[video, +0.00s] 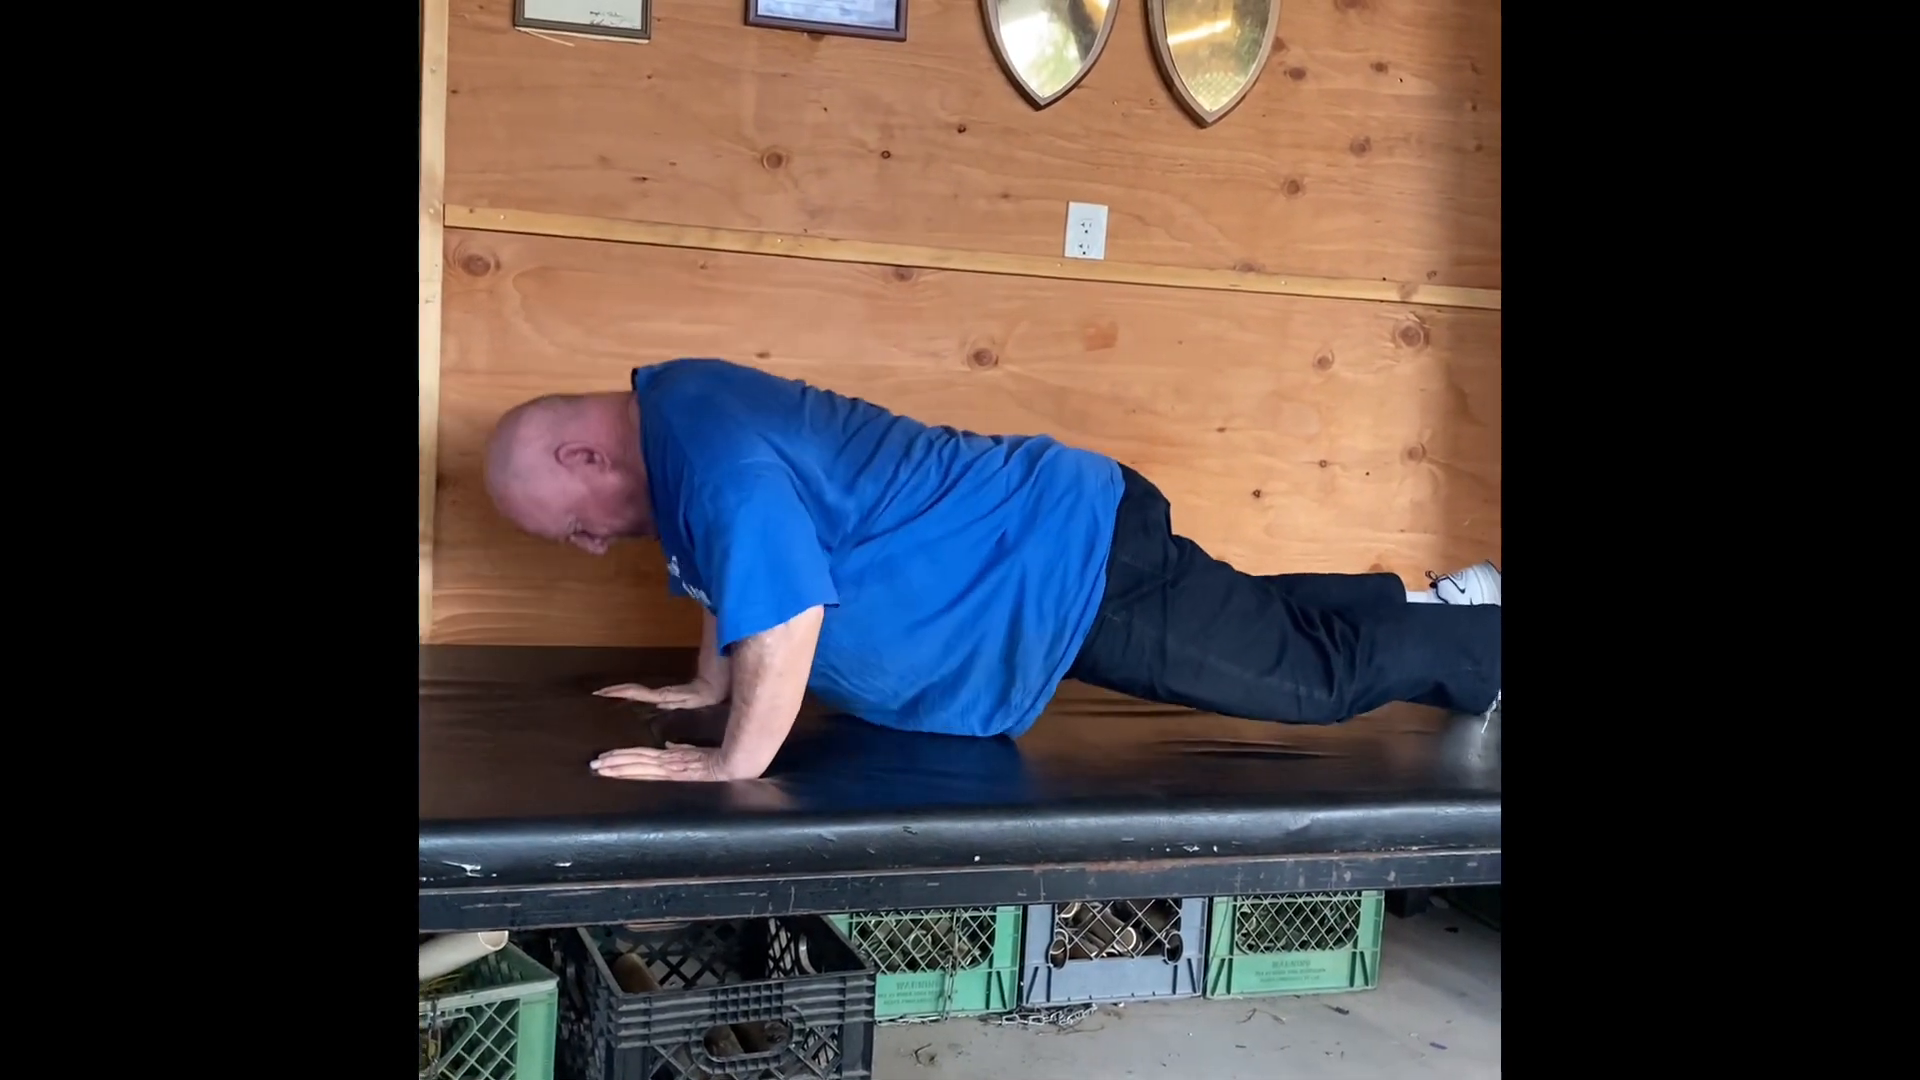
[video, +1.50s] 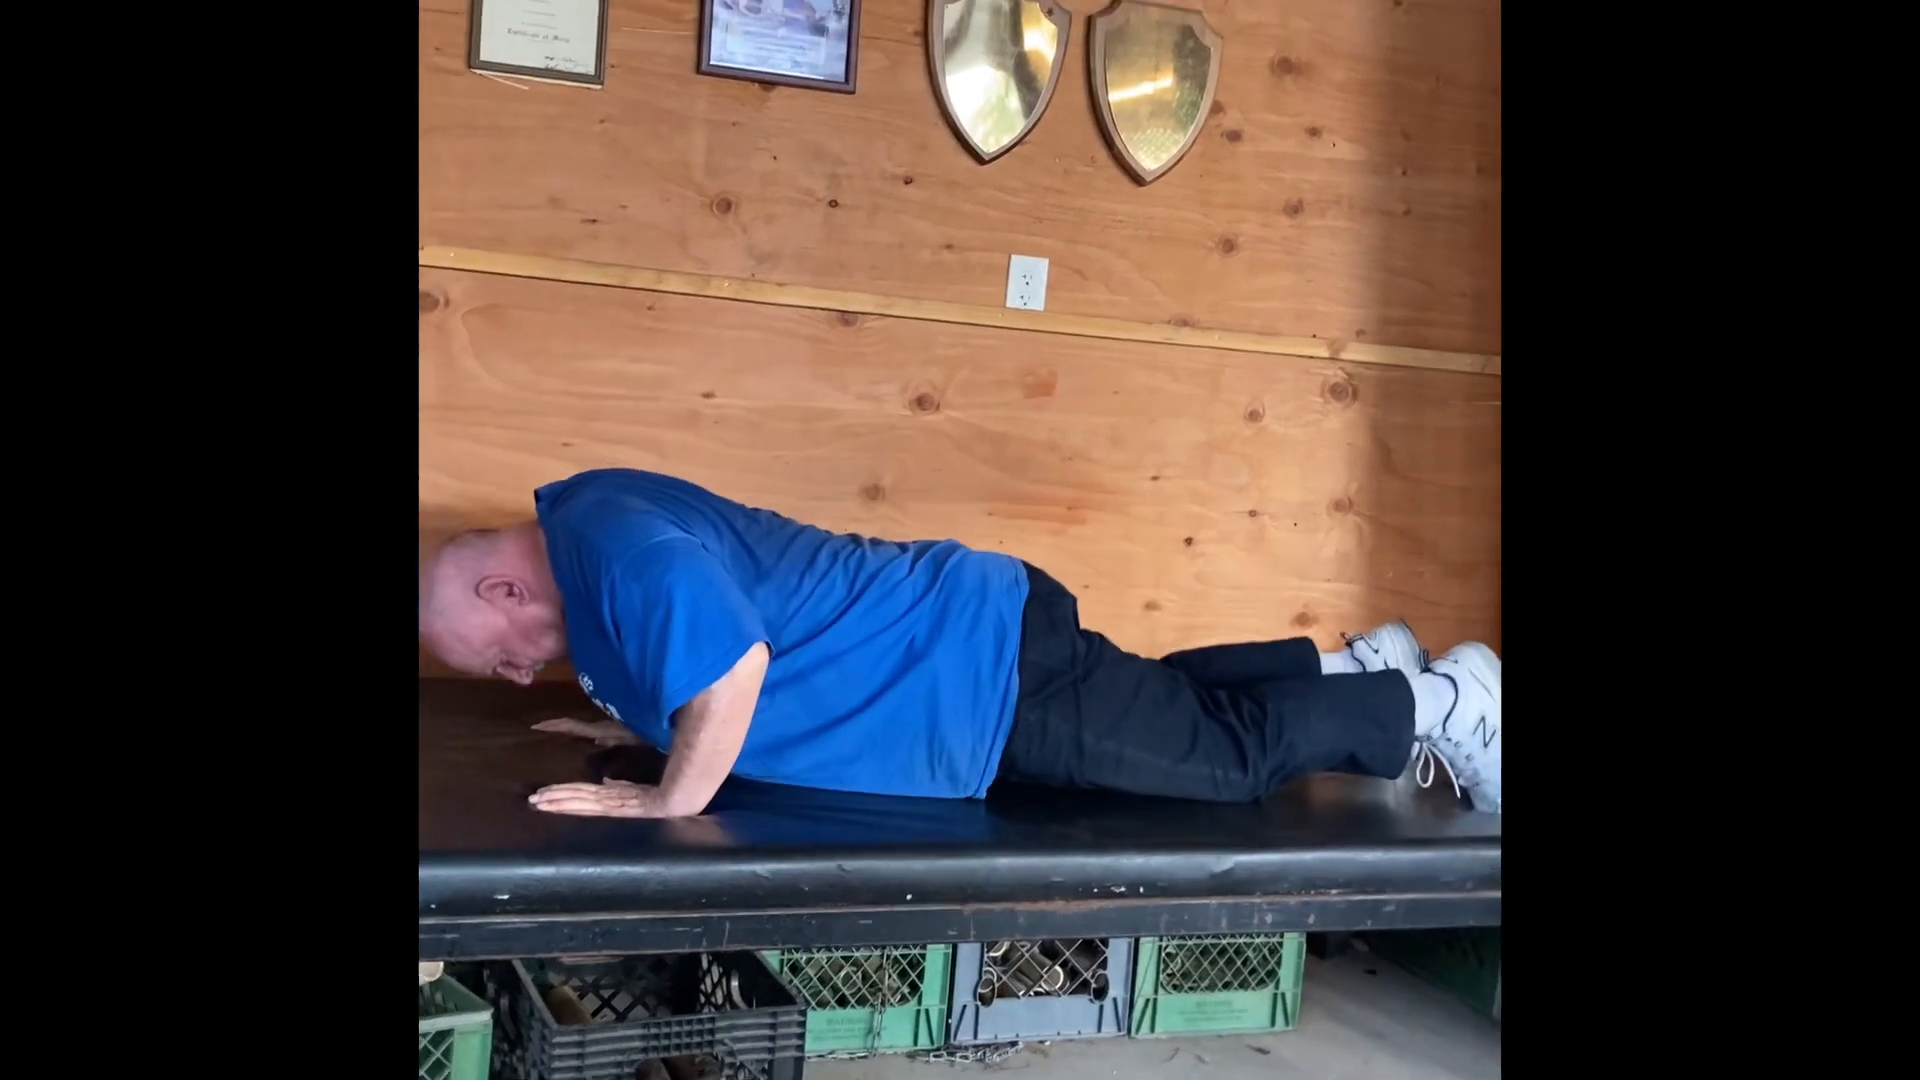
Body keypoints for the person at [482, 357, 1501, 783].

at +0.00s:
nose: (598, 541)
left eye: (575, 525)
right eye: (572, 531)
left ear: (581, 469)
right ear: (578, 441)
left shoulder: (710, 451)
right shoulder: (674, 431)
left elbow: (785, 605)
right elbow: (744, 591)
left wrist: (737, 759)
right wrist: (716, 708)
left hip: (1074, 568)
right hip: (1049, 567)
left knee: (1313, 674)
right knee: (1287, 628)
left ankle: (1485, 648)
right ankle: (1468, 606)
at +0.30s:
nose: (566, 634)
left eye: (547, 625)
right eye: (546, 632)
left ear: (550, 564)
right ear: (545, 541)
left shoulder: (675, 532)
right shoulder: (621, 499)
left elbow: (786, 638)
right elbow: (743, 613)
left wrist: (720, 770)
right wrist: (680, 681)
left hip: (1051, 626)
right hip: (1021, 614)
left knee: (1280, 722)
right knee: (1225, 664)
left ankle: (1460, 661)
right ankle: (1424, 625)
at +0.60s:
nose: (564, 603)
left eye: (542, 598)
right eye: (543, 600)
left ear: (547, 543)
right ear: (539, 511)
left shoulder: (673, 519)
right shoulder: (627, 474)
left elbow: (779, 639)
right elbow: (751, 595)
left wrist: (710, 771)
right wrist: (688, 671)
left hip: (1041, 623)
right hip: (1015, 598)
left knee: (1271, 725)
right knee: (1211, 662)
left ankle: (1457, 665)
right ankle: (1414, 621)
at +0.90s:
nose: (575, 497)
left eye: (559, 477)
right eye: (554, 488)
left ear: (576, 416)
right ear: (575, 402)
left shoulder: (699, 423)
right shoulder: (670, 402)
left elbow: (744, 614)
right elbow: (719, 587)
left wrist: (704, 770)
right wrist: (682, 698)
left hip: (1057, 575)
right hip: (1033, 556)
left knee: (1276, 690)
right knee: (1223, 633)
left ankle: (1467, 660)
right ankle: (1414, 618)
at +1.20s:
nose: (561, 571)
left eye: (537, 558)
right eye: (535, 570)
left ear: (537, 501)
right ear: (535, 507)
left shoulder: (663, 490)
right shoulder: (634, 471)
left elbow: (745, 631)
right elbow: (713, 621)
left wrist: (695, 780)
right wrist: (682, 733)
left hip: (1031, 623)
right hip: (1008, 609)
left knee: (1249, 729)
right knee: (1201, 679)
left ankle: (1449, 687)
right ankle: (1397, 639)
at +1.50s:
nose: (525, 658)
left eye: (502, 648)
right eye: (504, 659)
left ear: (498, 584)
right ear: (498, 577)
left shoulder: (625, 552)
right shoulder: (584, 541)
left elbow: (728, 665)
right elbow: (700, 654)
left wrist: (670, 802)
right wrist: (629, 721)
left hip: (984, 660)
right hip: (955, 680)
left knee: (1215, 755)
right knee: (1172, 710)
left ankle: (1428, 710)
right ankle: (1366, 673)